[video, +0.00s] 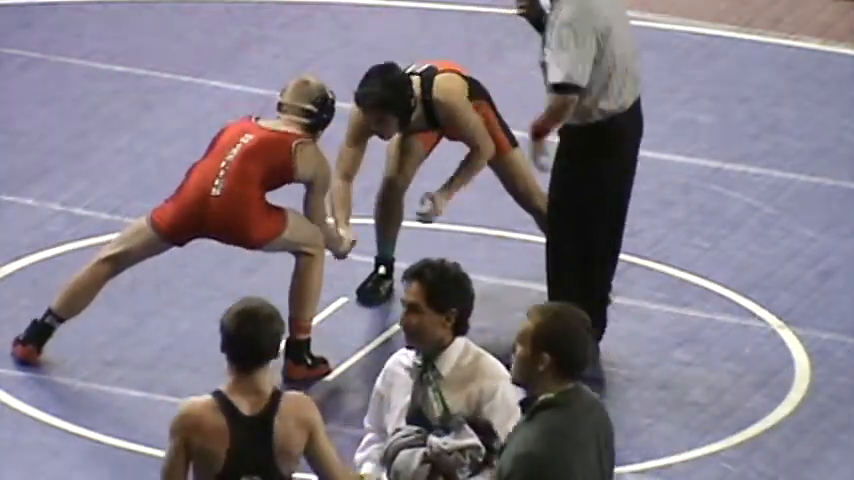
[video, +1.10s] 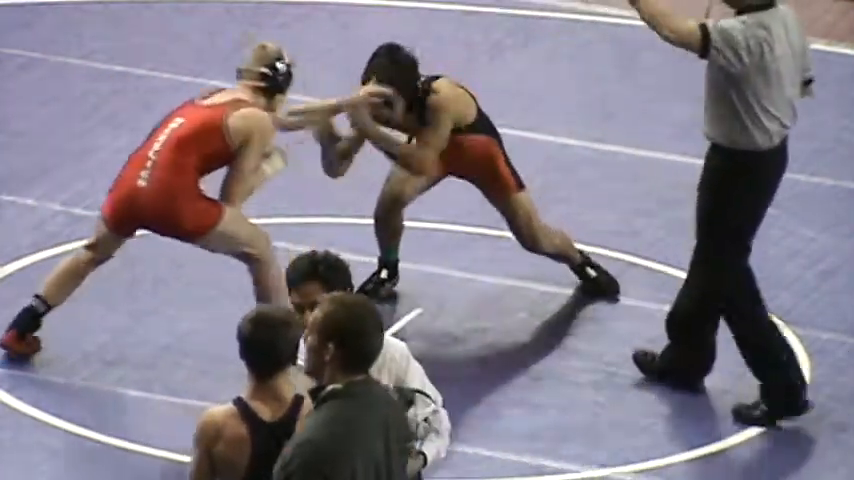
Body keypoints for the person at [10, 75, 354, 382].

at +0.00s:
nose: (281, 102)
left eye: (283, 98)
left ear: (281, 106)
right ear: (321, 121)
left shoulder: (239, 126)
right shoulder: (314, 159)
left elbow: (207, 172)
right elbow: (319, 229)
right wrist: (340, 246)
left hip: (187, 207)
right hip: (242, 219)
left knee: (110, 261)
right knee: (315, 245)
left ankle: (33, 339)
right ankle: (300, 358)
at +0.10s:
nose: (281, 99)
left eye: (284, 97)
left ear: (282, 105)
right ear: (320, 121)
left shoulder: (240, 128)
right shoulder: (314, 155)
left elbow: (209, 194)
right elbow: (317, 225)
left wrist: (250, 256)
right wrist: (333, 229)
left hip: (185, 207)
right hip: (242, 216)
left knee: (109, 259)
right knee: (316, 245)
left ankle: (33, 337)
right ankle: (299, 357)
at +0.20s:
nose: (281, 95)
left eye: (283, 95)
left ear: (279, 107)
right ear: (316, 117)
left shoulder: (240, 131)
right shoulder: (313, 140)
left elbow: (232, 227)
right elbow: (313, 214)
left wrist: (247, 306)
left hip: (185, 207)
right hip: (238, 215)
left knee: (109, 262)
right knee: (319, 247)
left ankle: (34, 339)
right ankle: (300, 356)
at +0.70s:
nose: (318, 127)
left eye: (283, 99)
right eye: (322, 119)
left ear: (280, 106)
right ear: (316, 113)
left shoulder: (238, 129)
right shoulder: (310, 136)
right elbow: (291, 208)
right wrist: (289, 248)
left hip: (182, 209)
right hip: (238, 219)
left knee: (108, 260)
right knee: (314, 245)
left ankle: (35, 338)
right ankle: (300, 351)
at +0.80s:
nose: (322, 124)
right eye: (325, 115)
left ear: (283, 98)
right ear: (319, 110)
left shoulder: (242, 122)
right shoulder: (310, 136)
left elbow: (206, 176)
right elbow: (292, 205)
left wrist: (281, 191)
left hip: (182, 206)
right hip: (237, 218)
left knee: (108, 259)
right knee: (313, 245)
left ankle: (36, 337)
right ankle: (299, 343)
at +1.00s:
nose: (317, 107)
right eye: (316, 100)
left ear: (276, 93)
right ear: (310, 104)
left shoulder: (252, 107)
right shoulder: (295, 135)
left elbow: (308, 118)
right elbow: (267, 212)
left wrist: (363, 103)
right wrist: (292, 188)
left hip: (155, 204)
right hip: (205, 217)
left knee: (107, 254)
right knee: (292, 243)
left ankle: (38, 323)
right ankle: (294, 342)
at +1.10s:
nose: (283, 94)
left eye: (274, 84)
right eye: (284, 87)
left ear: (245, 75)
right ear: (279, 89)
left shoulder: (219, 95)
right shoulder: (259, 122)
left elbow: (287, 114)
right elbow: (232, 200)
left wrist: (350, 102)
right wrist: (266, 169)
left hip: (124, 195)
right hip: (174, 206)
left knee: (93, 252)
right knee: (260, 249)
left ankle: (22, 327)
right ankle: (284, 350)